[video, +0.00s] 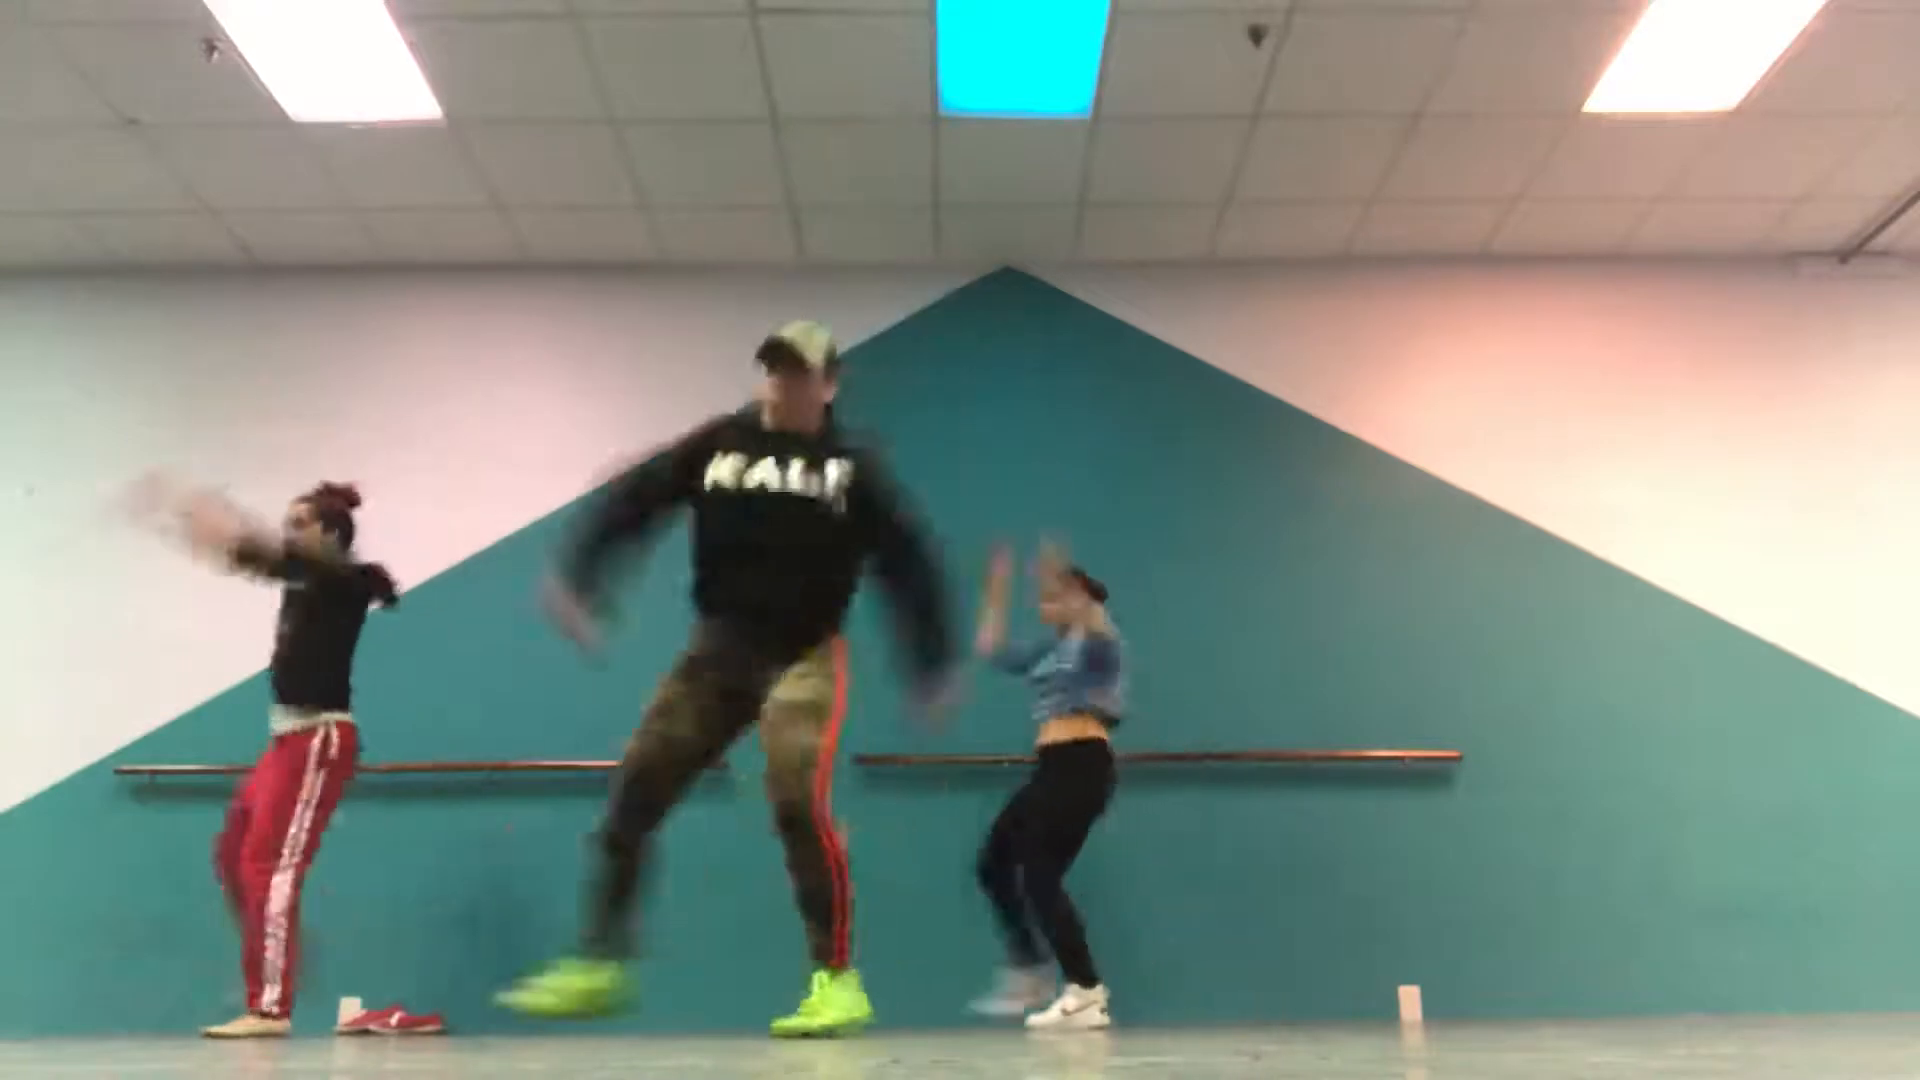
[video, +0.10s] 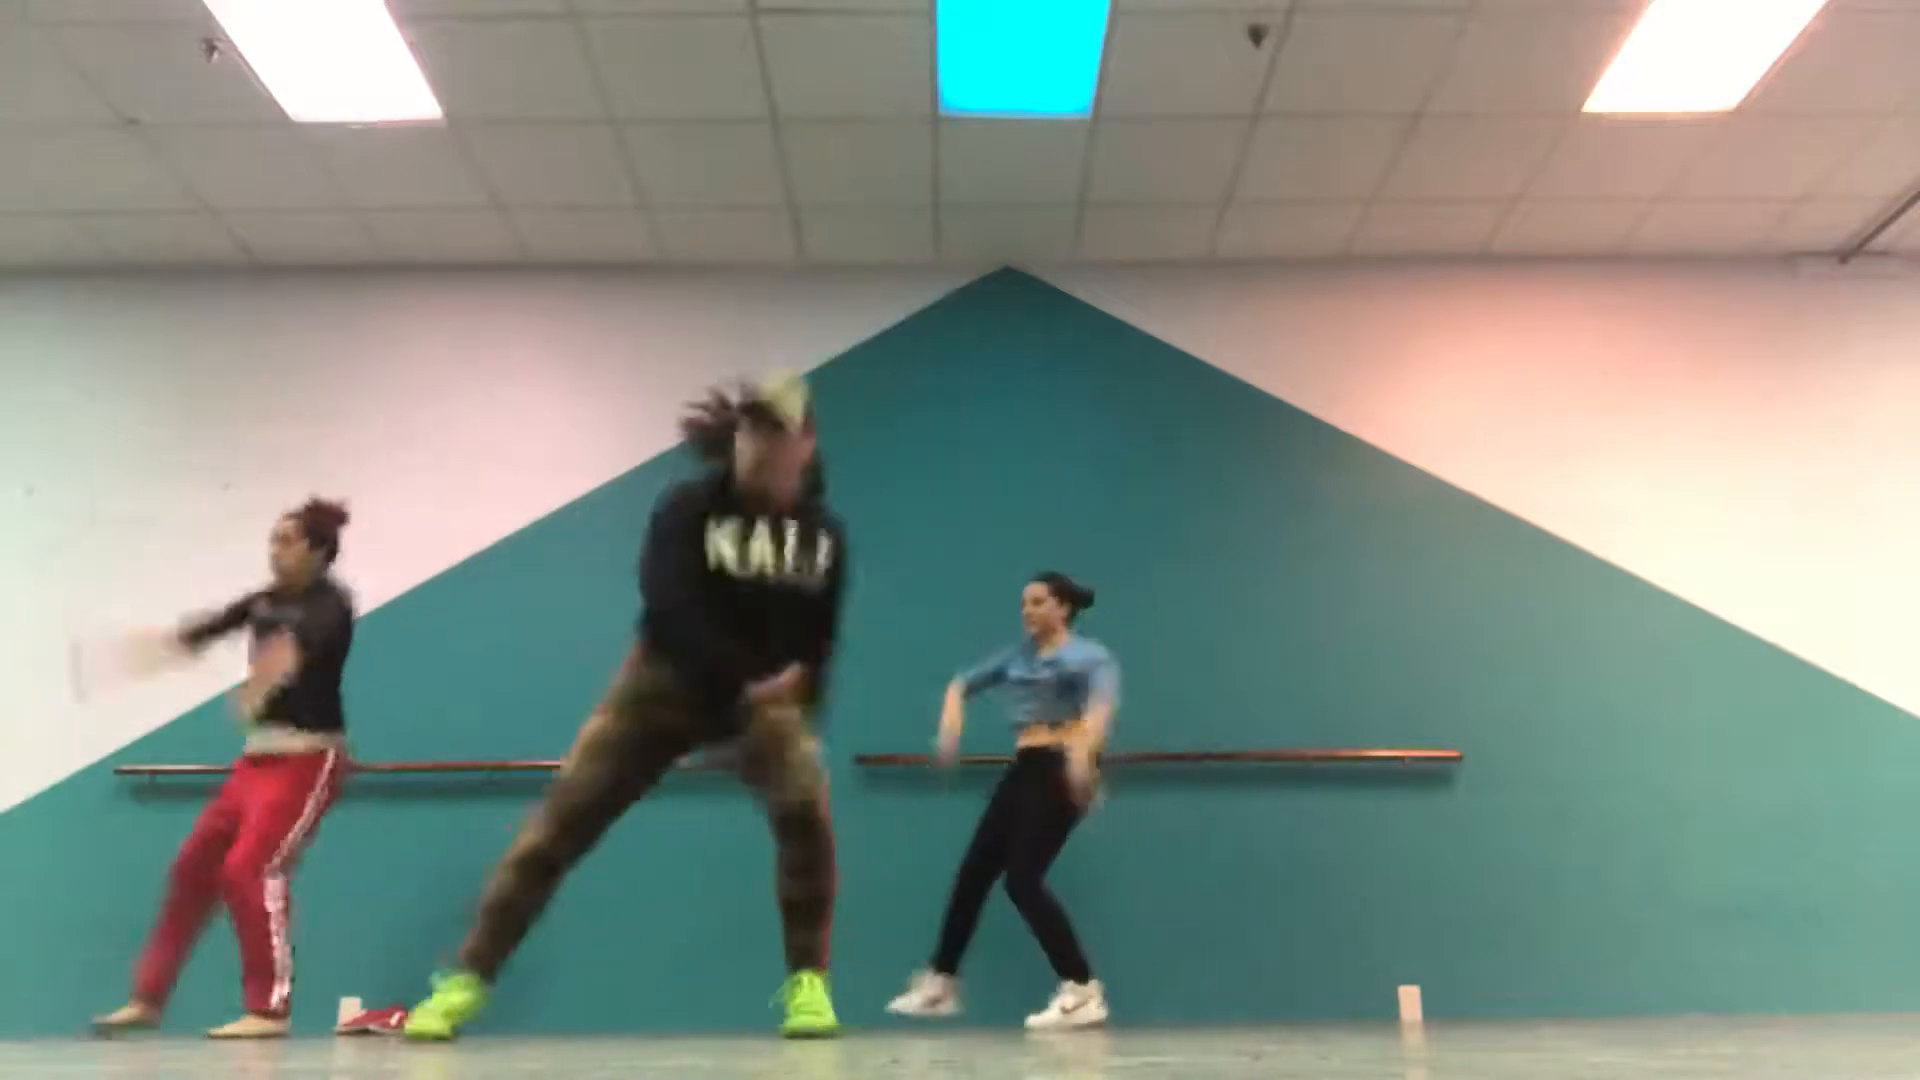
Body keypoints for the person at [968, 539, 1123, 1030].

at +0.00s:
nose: (1046, 608)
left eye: (1056, 597)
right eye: (1044, 599)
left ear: (1083, 600)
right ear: (1045, 605)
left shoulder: (1100, 645)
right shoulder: (1049, 650)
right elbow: (991, 648)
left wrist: (1090, 612)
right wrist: (998, 586)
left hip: (1085, 760)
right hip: (1051, 762)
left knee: (1040, 872)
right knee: (996, 864)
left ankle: (1084, 989)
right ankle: (1028, 972)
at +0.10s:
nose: (1028, 612)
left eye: (1037, 603)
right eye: (1025, 604)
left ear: (1064, 609)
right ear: (1024, 611)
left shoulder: (1093, 659)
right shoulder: (1017, 659)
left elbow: (1100, 712)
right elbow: (958, 686)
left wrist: (1080, 751)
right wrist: (950, 733)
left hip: (1065, 764)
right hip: (1024, 766)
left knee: (1021, 876)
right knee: (976, 871)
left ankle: (1081, 989)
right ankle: (939, 982)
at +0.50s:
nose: (1040, 579)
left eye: (1052, 571)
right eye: (1036, 571)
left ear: (1074, 585)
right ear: (1030, 583)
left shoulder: (1072, 628)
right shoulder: (1036, 634)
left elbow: (1096, 685)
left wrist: (1100, 739)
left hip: (1064, 738)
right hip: (1033, 741)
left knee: (1047, 863)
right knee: (1026, 864)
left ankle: (1081, 987)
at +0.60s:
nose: (1062, 589)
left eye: (1073, 580)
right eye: (1056, 582)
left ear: (1096, 589)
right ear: (1050, 593)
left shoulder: (1088, 633)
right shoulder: (1062, 635)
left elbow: (1108, 701)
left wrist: (1116, 764)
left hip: (1065, 739)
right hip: (1047, 740)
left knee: (1059, 864)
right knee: (1061, 863)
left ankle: (1080, 986)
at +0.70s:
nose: (1086, 599)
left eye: (1096, 590)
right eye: (1078, 593)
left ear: (1119, 597)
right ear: (1073, 604)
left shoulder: (1111, 643)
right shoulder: (1100, 644)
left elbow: (1115, 714)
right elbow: (1122, 718)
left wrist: (1110, 776)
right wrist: (1130, 785)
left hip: (1073, 749)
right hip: (1071, 749)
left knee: (1053, 866)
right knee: (1100, 868)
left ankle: (1080, 988)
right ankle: (1189, 944)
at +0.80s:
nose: (1104, 612)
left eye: (1113, 602)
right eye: (1096, 606)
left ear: (1135, 607)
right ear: (1091, 616)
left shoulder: (1129, 648)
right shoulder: (1109, 654)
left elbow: (1113, 708)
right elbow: (1106, 716)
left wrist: (1083, 767)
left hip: (1115, 762)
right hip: (1118, 765)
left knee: (1026, 835)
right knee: (1137, 888)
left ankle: (1049, 958)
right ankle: (1221, 973)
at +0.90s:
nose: (1116, 631)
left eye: (1125, 621)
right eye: (1108, 626)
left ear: (1146, 627)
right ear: (1102, 636)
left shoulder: (1142, 664)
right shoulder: (1123, 676)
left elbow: (1113, 712)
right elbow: (1117, 735)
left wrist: (1059, 755)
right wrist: (1090, 758)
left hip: (1141, 786)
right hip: (1147, 793)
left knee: (1034, 815)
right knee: (1153, 910)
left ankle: (1047, 925)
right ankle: (1236, 985)